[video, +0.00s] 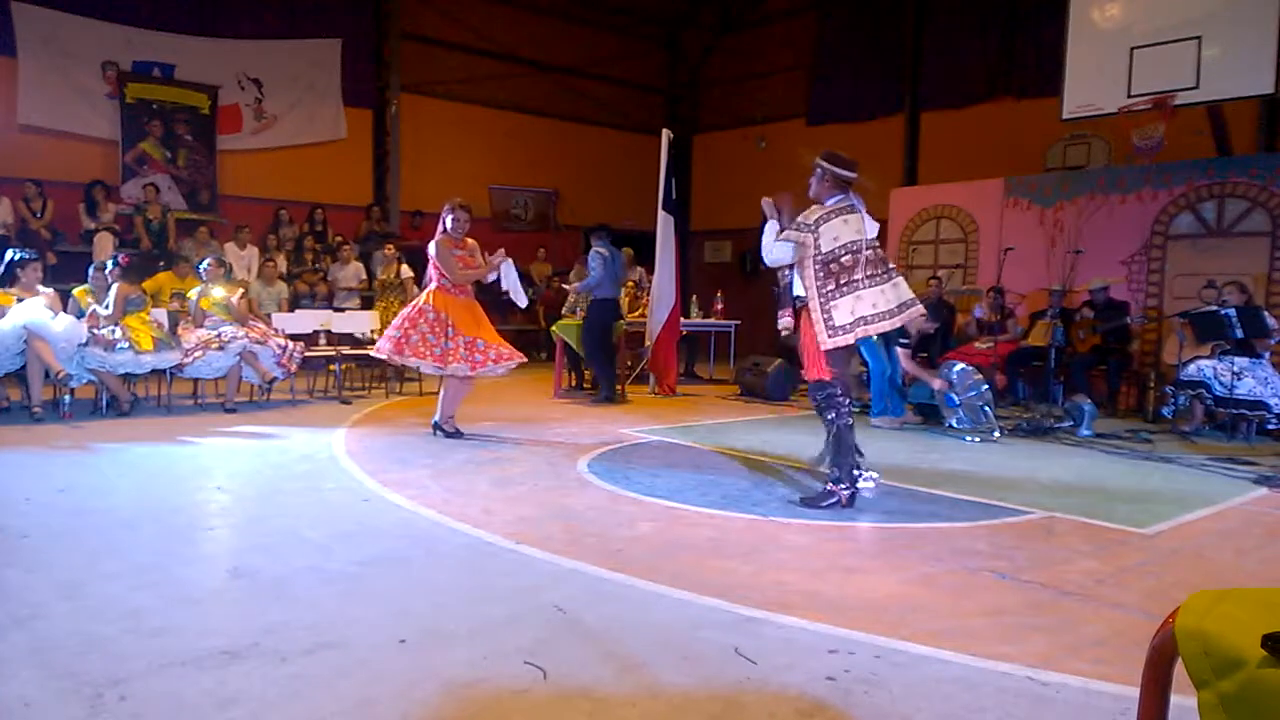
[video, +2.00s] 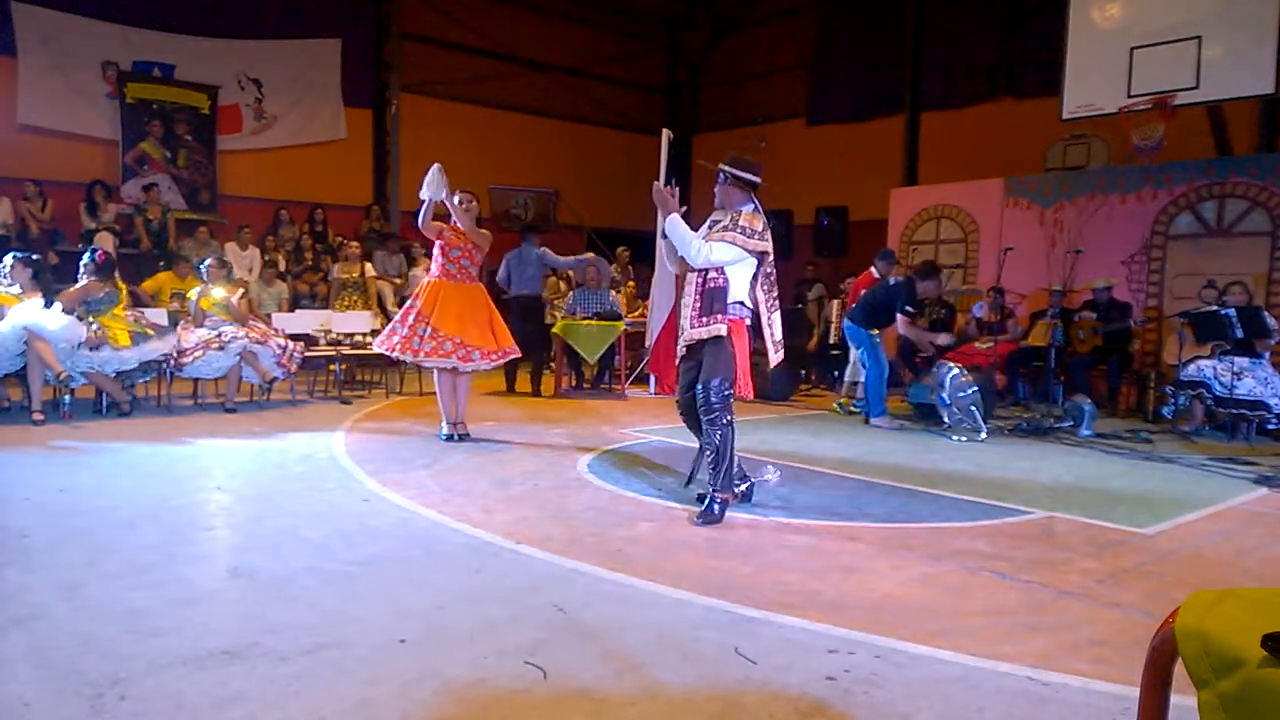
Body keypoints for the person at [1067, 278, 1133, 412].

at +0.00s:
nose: (1093, 296)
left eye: (1096, 293)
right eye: (1091, 293)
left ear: (1105, 292)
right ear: (1090, 293)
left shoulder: (1120, 306)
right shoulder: (1087, 306)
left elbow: (1116, 318)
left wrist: (1093, 315)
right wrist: (1077, 315)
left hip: (1116, 349)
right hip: (1096, 348)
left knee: (1113, 366)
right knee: (1078, 363)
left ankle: (1111, 404)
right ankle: (1083, 400)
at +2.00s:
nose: (1097, 295)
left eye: (1101, 292)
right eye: (1095, 292)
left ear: (1108, 292)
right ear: (1093, 293)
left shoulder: (1122, 307)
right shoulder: (1089, 306)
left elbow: (1119, 320)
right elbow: (1070, 316)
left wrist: (1097, 317)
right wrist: (1078, 316)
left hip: (1118, 349)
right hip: (1097, 348)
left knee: (1114, 365)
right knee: (1077, 363)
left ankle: (1112, 403)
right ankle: (1084, 399)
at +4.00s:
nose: (1099, 295)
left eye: (1103, 291)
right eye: (1097, 291)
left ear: (1111, 292)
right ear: (1094, 292)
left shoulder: (1124, 308)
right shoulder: (1090, 305)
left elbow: (1119, 321)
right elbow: (1068, 314)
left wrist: (1098, 317)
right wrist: (1080, 316)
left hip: (1116, 350)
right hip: (1096, 349)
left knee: (1115, 366)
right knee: (1075, 363)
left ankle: (1111, 404)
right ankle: (1083, 400)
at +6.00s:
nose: (1104, 294)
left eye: (1108, 291)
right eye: (1102, 291)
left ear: (1115, 291)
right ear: (1098, 292)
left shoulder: (1126, 308)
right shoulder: (1093, 305)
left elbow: (1120, 322)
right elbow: (1067, 314)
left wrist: (1101, 313)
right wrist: (1082, 313)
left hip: (1119, 350)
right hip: (1098, 349)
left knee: (1117, 365)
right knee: (1078, 363)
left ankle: (1113, 404)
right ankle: (1086, 401)